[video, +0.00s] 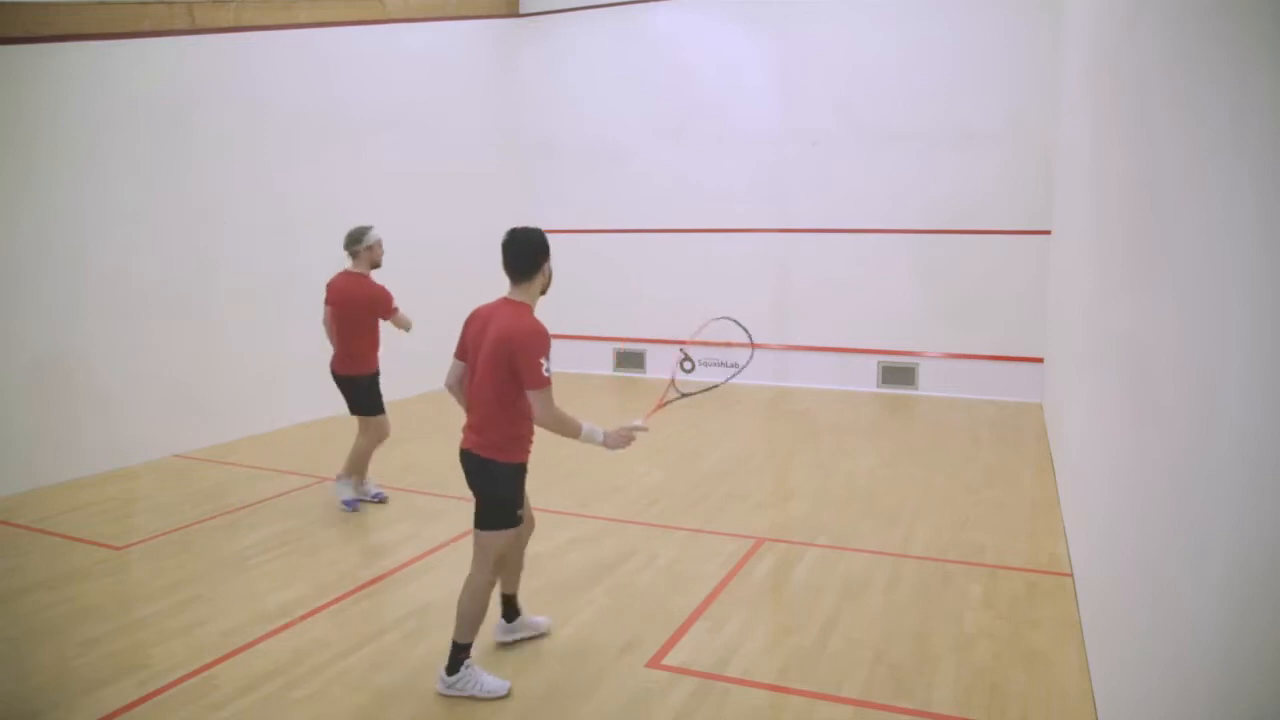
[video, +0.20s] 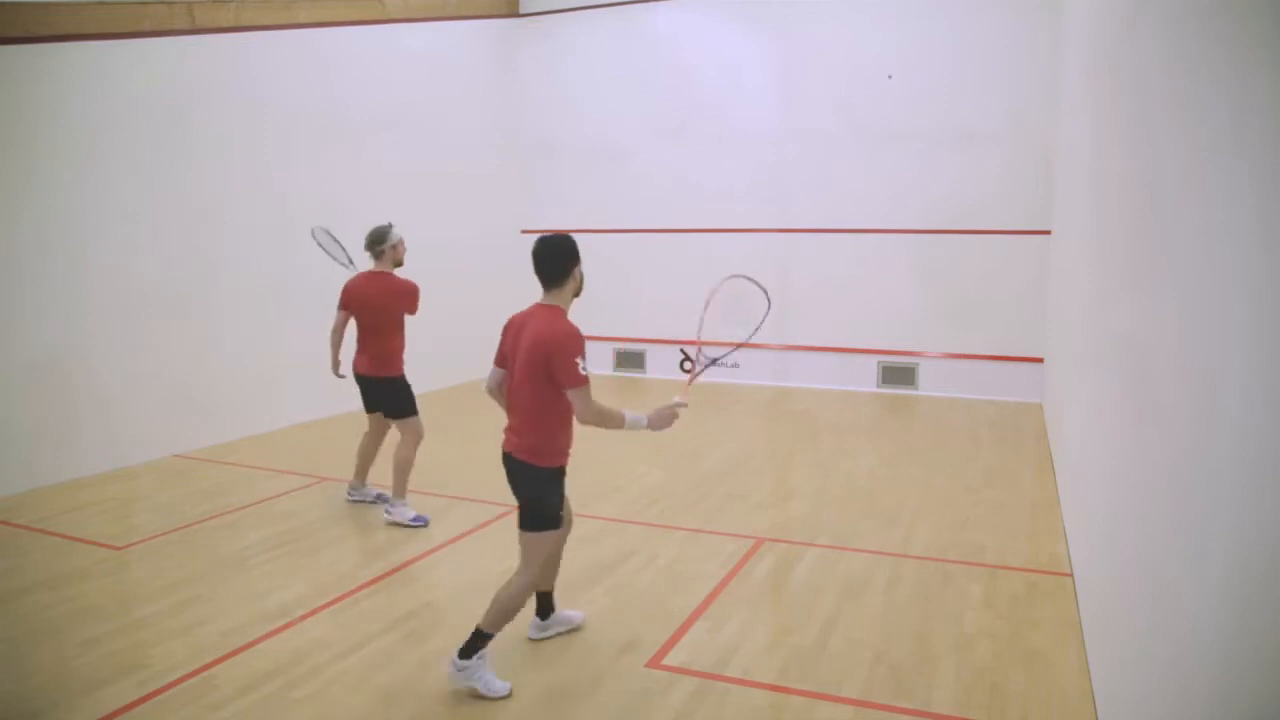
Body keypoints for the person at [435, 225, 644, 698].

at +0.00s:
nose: (552, 272)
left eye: (548, 264)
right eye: (551, 264)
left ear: (507, 269)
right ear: (544, 270)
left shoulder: (480, 316)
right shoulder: (529, 331)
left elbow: (455, 382)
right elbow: (544, 413)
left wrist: (493, 418)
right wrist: (601, 436)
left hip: (479, 452)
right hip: (501, 461)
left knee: (520, 522)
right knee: (488, 563)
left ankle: (511, 618)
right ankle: (456, 669)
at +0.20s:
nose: (583, 275)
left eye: (579, 268)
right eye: (581, 268)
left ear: (541, 274)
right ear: (575, 274)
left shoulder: (519, 321)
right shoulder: (564, 333)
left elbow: (495, 385)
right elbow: (586, 411)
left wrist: (535, 417)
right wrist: (646, 421)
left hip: (520, 453)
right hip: (540, 464)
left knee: (559, 523)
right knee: (531, 571)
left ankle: (544, 616)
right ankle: (468, 657)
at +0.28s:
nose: (599, 272)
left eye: (595, 264)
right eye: (597, 265)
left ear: (556, 274)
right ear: (591, 272)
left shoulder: (537, 321)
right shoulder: (578, 332)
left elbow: (521, 383)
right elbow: (600, 405)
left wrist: (565, 400)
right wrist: (663, 409)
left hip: (537, 451)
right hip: (559, 460)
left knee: (563, 537)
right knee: (586, 564)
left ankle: (543, 613)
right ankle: (505, 631)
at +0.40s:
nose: (628, 268)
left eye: (625, 260)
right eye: (626, 261)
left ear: (587, 270)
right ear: (619, 268)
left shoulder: (572, 316)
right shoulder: (600, 326)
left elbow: (570, 385)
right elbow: (622, 398)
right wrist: (685, 394)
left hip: (565, 446)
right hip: (588, 453)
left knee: (574, 528)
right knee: (648, 538)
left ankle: (544, 615)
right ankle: (604, 627)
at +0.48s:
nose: (651, 272)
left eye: (647, 265)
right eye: (648, 266)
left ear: (611, 273)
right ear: (642, 272)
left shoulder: (600, 317)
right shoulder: (619, 326)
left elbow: (602, 378)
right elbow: (638, 397)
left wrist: (645, 376)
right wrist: (700, 387)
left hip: (587, 450)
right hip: (612, 456)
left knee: (579, 530)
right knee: (679, 531)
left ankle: (545, 615)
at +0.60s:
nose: (693, 288)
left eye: (690, 280)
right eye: (690, 281)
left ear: (652, 288)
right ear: (683, 288)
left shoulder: (642, 329)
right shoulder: (660, 340)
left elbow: (643, 367)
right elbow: (671, 404)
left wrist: (680, 343)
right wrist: (726, 379)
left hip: (627, 460)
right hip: (657, 466)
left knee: (604, 533)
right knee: (725, 536)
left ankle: (548, 612)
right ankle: (780, 621)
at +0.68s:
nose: (726, 300)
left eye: (723, 293)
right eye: (722, 294)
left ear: (686, 302)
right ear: (714, 304)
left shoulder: (674, 339)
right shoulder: (686, 352)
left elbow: (692, 352)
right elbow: (692, 415)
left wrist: (715, 346)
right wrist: (740, 386)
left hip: (660, 472)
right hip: (688, 479)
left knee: (650, 538)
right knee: (760, 543)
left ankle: (576, 588)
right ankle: (801, 625)